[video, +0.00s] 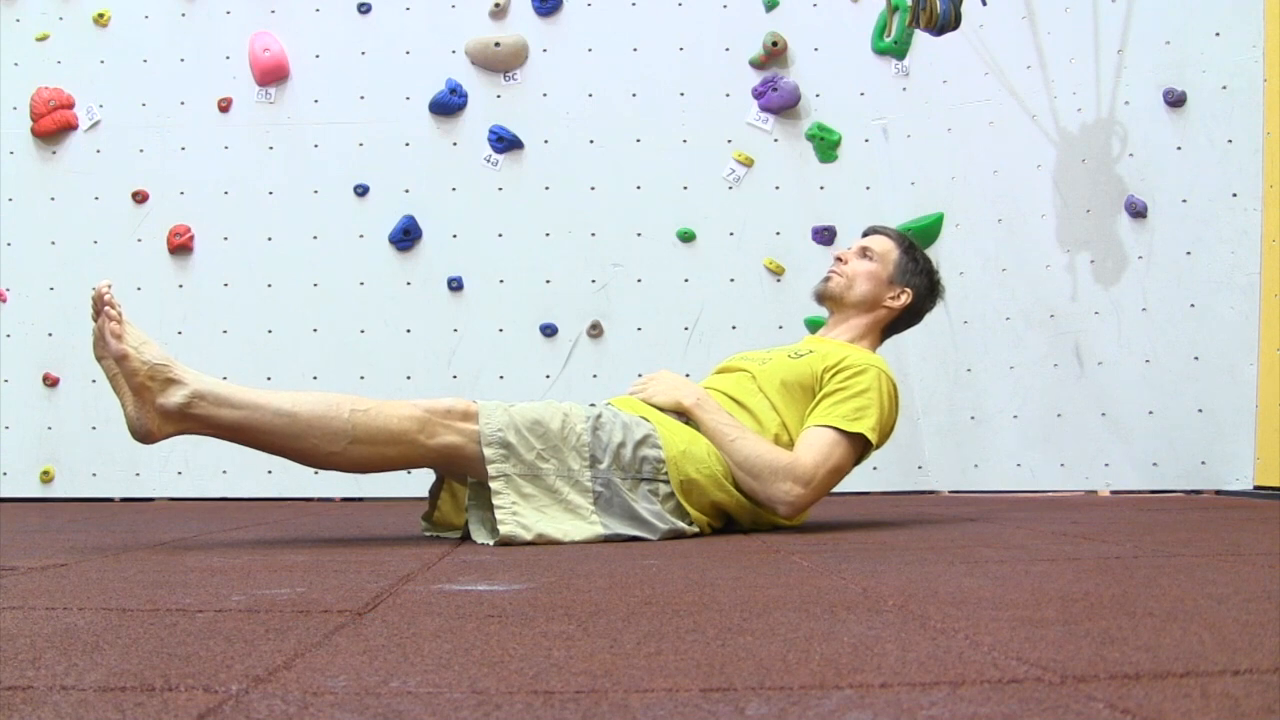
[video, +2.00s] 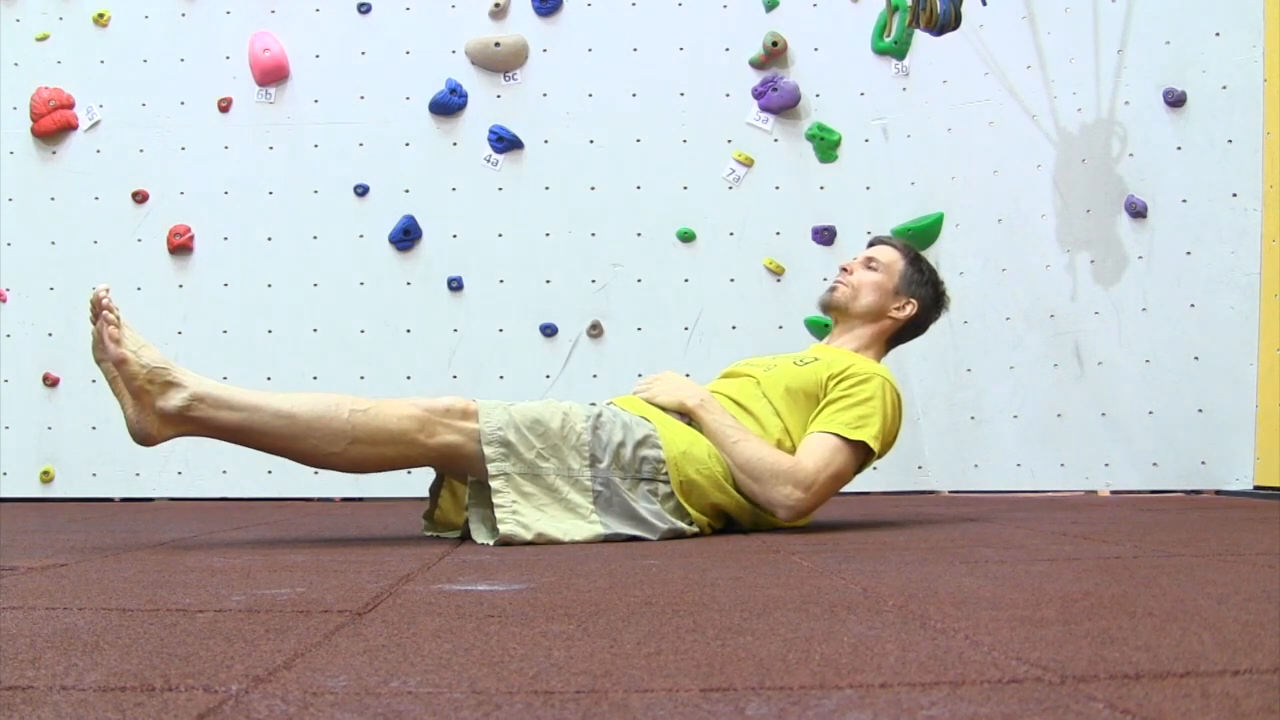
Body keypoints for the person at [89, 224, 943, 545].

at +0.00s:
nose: (844, 252)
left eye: (867, 252)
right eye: (853, 244)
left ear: (895, 299)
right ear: (856, 282)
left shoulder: (863, 375)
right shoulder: (802, 358)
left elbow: (791, 492)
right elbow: (749, 467)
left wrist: (699, 402)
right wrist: (673, 408)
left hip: (659, 460)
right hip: (639, 446)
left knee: (441, 428)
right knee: (429, 430)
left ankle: (178, 400)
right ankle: (179, 401)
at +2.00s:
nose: (848, 263)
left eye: (872, 263)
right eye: (858, 254)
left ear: (900, 310)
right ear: (866, 295)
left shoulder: (866, 383)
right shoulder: (810, 366)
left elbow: (794, 495)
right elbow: (758, 475)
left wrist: (700, 402)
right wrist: (675, 411)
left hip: (655, 460)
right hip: (637, 446)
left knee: (439, 426)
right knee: (432, 422)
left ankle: (177, 402)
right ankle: (178, 403)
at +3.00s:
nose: (844, 262)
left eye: (867, 261)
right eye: (849, 252)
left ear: (898, 305)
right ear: (845, 283)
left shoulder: (864, 381)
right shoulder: (798, 362)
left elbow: (793, 495)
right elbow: (750, 467)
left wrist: (701, 401)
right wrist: (668, 408)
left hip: (652, 459)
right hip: (625, 439)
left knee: (444, 430)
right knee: (419, 409)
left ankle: (187, 455)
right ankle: (176, 370)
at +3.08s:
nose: (838, 262)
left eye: (862, 259)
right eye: (843, 251)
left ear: (895, 302)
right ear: (842, 281)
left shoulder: (862, 378)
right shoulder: (793, 360)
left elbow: (792, 494)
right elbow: (742, 463)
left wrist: (701, 404)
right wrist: (664, 409)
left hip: (646, 467)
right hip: (617, 440)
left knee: (440, 441)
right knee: (427, 404)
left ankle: (181, 467)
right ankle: (196, 335)